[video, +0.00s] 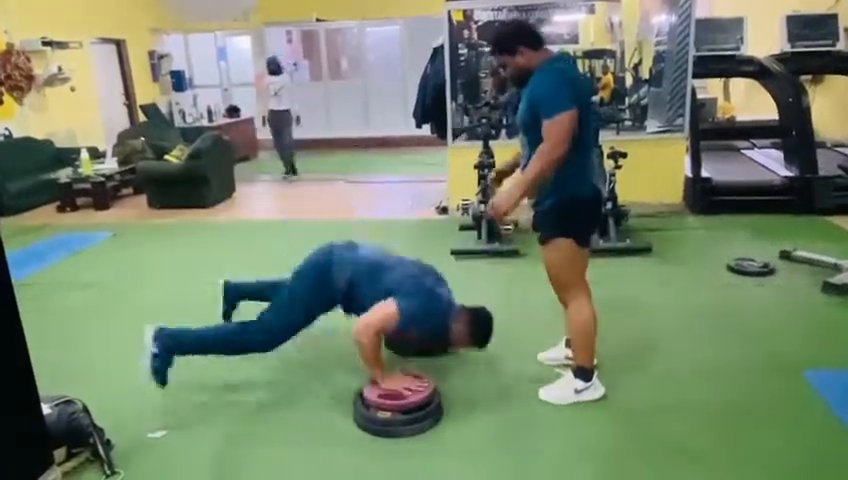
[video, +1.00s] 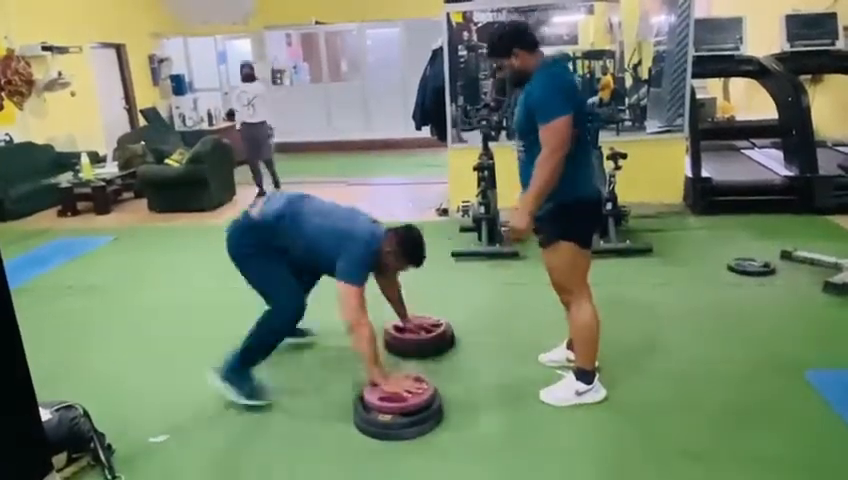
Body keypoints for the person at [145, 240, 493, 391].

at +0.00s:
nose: (458, 346)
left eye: (468, 344)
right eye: (463, 342)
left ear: (467, 316)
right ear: (460, 329)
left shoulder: (443, 294)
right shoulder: (423, 308)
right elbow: (364, 329)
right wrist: (380, 376)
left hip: (347, 256)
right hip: (331, 272)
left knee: (295, 290)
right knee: (265, 334)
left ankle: (236, 288)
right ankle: (167, 341)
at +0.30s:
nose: (464, 352)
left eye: (469, 349)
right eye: (468, 348)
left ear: (465, 323)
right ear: (462, 336)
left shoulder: (433, 294)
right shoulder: (429, 319)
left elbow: (391, 275)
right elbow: (373, 327)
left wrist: (387, 307)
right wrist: (379, 376)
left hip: (327, 300)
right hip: (318, 327)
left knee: (282, 316)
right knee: (246, 367)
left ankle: (221, 310)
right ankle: (148, 367)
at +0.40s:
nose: (462, 315)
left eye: (468, 311)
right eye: (466, 310)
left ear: (460, 288)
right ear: (460, 299)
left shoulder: (426, 276)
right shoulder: (420, 295)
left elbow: (381, 299)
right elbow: (368, 327)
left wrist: (417, 333)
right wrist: (378, 376)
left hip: (327, 305)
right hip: (320, 331)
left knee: (277, 322)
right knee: (240, 370)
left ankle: (217, 311)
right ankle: (144, 369)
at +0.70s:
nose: (437, 284)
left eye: (443, 281)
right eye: (440, 280)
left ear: (433, 252)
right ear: (432, 262)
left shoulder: (402, 243)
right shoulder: (388, 265)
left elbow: (395, 283)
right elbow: (369, 323)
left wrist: (403, 313)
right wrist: (380, 376)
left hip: (311, 295)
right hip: (305, 318)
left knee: (271, 321)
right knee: (236, 362)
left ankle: (212, 319)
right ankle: (142, 370)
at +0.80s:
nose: (434, 284)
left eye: (440, 282)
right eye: (437, 280)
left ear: (432, 252)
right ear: (430, 262)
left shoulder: (405, 240)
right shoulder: (390, 258)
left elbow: (397, 281)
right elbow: (371, 321)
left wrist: (405, 316)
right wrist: (377, 377)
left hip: (292, 261)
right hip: (283, 281)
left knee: (264, 306)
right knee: (239, 348)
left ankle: (218, 314)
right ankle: (147, 368)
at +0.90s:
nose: (416, 279)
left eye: (422, 277)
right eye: (419, 275)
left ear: (415, 248)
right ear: (411, 258)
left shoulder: (394, 238)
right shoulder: (376, 253)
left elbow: (393, 282)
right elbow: (364, 318)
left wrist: (404, 318)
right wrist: (378, 376)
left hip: (289, 231)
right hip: (267, 246)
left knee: (298, 283)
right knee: (263, 331)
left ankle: (242, 311)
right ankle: (181, 358)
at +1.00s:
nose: (396, 272)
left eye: (400, 269)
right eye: (397, 266)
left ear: (395, 242)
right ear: (389, 249)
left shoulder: (378, 236)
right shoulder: (356, 252)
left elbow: (387, 279)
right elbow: (356, 321)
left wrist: (404, 318)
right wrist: (377, 374)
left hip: (275, 219)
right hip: (248, 235)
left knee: (312, 267)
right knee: (289, 306)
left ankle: (285, 324)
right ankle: (234, 371)